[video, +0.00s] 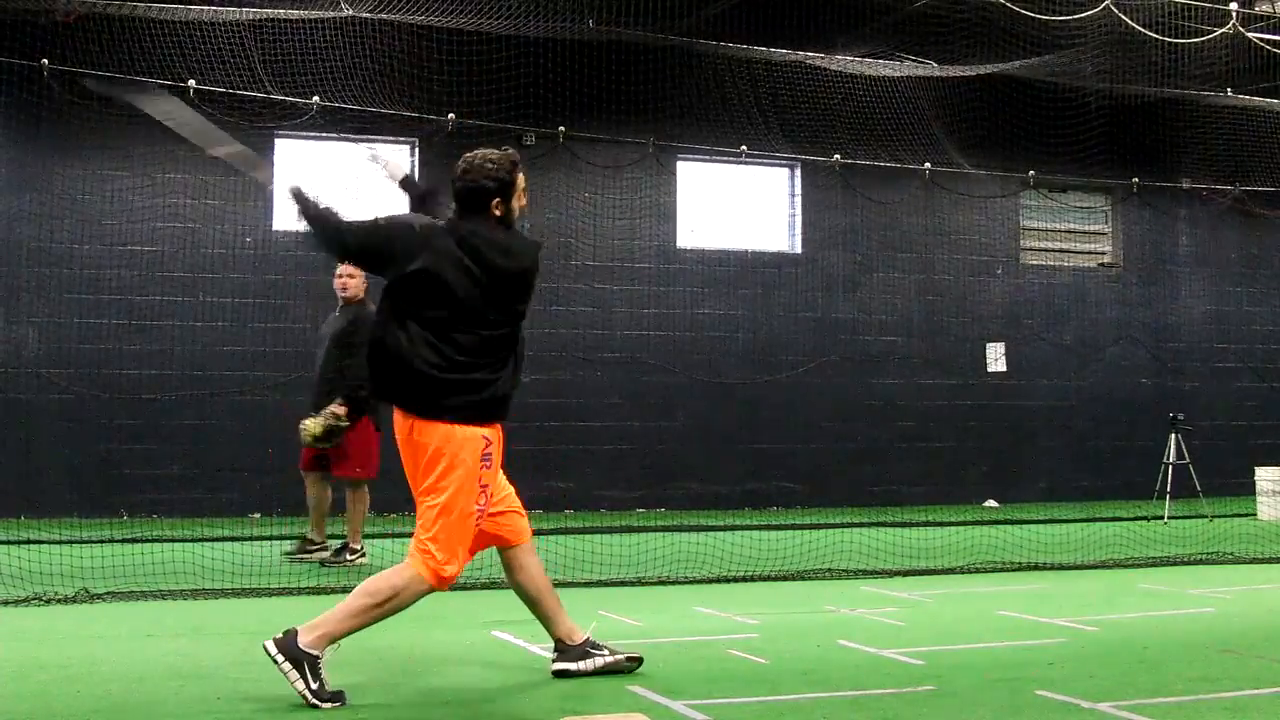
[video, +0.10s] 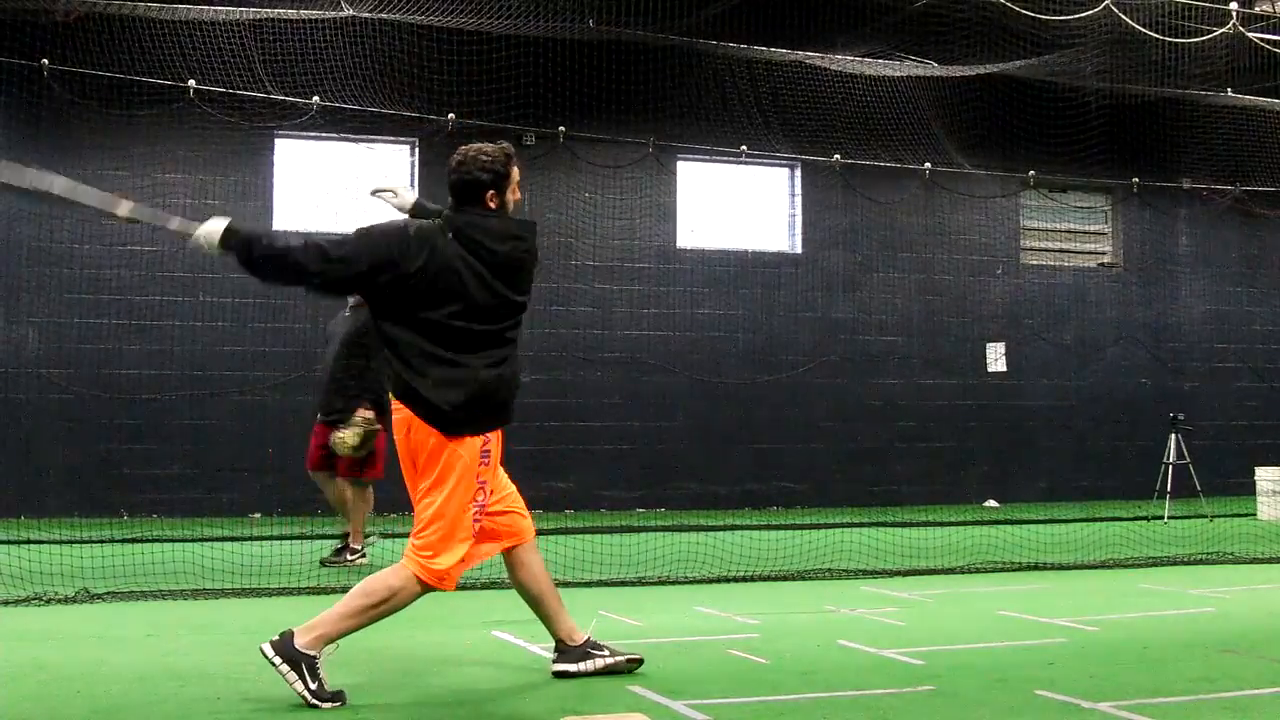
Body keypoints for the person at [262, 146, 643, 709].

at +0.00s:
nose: (525, 200)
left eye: (523, 191)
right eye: (520, 193)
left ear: (465, 197)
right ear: (501, 202)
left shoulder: (418, 236)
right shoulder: (520, 254)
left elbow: (344, 239)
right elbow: (457, 227)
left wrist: (315, 214)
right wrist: (411, 184)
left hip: (429, 419)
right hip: (464, 425)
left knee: (513, 532)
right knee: (433, 565)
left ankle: (572, 644)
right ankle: (304, 643)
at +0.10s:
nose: (522, 194)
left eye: (520, 184)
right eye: (518, 186)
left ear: (467, 193)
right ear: (495, 197)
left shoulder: (407, 243)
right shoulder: (518, 242)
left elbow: (314, 258)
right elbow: (467, 230)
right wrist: (418, 208)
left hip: (423, 417)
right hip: (467, 423)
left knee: (514, 528)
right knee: (430, 565)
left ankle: (573, 643)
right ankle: (301, 644)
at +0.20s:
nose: (516, 192)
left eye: (514, 183)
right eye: (512, 184)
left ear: (464, 191)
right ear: (491, 196)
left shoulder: (414, 244)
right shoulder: (516, 251)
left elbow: (319, 287)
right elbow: (482, 237)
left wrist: (225, 277)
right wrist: (442, 205)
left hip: (426, 419)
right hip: (456, 427)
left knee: (514, 532)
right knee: (434, 565)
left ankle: (574, 643)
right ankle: (301, 645)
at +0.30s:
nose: (517, 194)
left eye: (514, 184)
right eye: (512, 186)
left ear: (463, 194)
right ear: (491, 199)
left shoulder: (415, 248)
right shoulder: (519, 253)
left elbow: (326, 299)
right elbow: (486, 246)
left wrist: (230, 297)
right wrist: (448, 209)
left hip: (422, 421)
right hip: (461, 431)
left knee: (514, 532)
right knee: (436, 568)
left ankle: (573, 644)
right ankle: (301, 644)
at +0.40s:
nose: (517, 193)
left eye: (515, 184)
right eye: (513, 186)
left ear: (462, 192)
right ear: (494, 196)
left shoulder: (417, 249)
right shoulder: (520, 252)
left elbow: (330, 301)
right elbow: (490, 247)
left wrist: (235, 300)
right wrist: (449, 213)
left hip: (426, 419)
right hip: (459, 430)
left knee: (518, 530)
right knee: (434, 570)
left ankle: (574, 645)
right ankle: (301, 643)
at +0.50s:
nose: (519, 192)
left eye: (517, 184)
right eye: (516, 185)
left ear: (459, 192)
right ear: (496, 195)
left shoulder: (415, 249)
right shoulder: (525, 253)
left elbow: (326, 296)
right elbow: (500, 250)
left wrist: (241, 282)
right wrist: (457, 216)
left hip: (430, 419)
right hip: (461, 430)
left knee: (523, 527)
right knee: (437, 569)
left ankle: (576, 646)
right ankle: (301, 644)